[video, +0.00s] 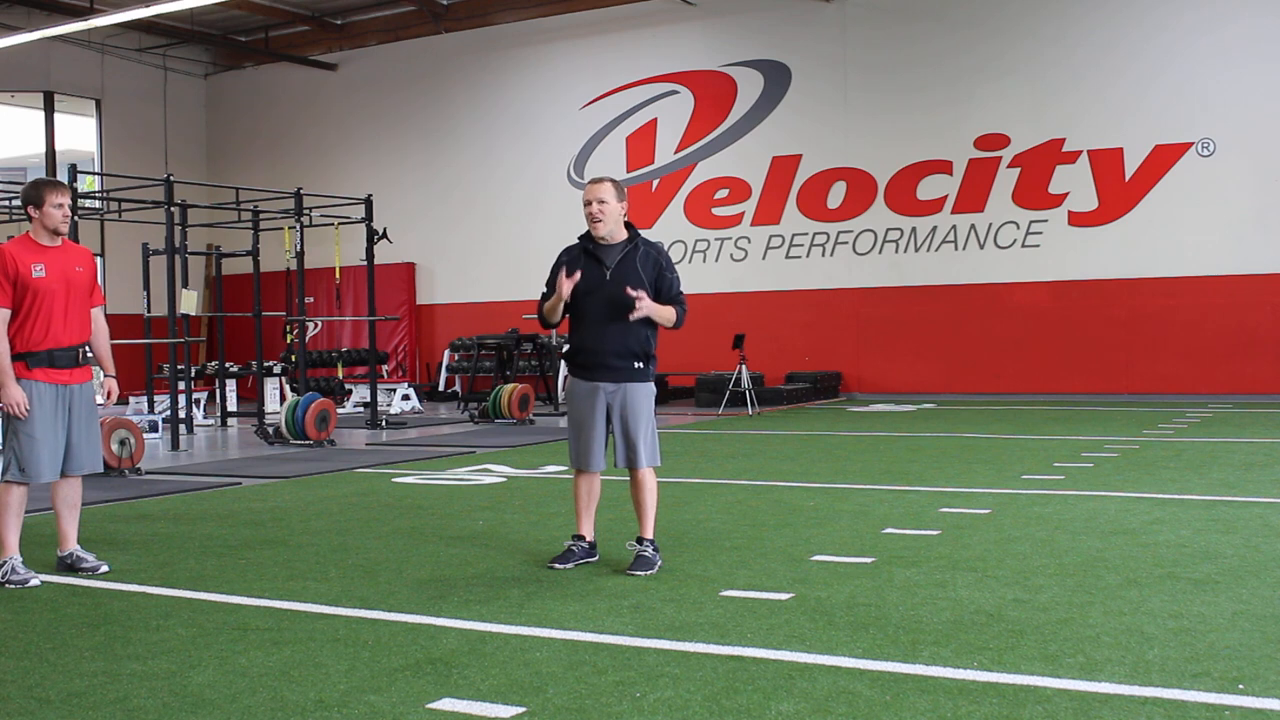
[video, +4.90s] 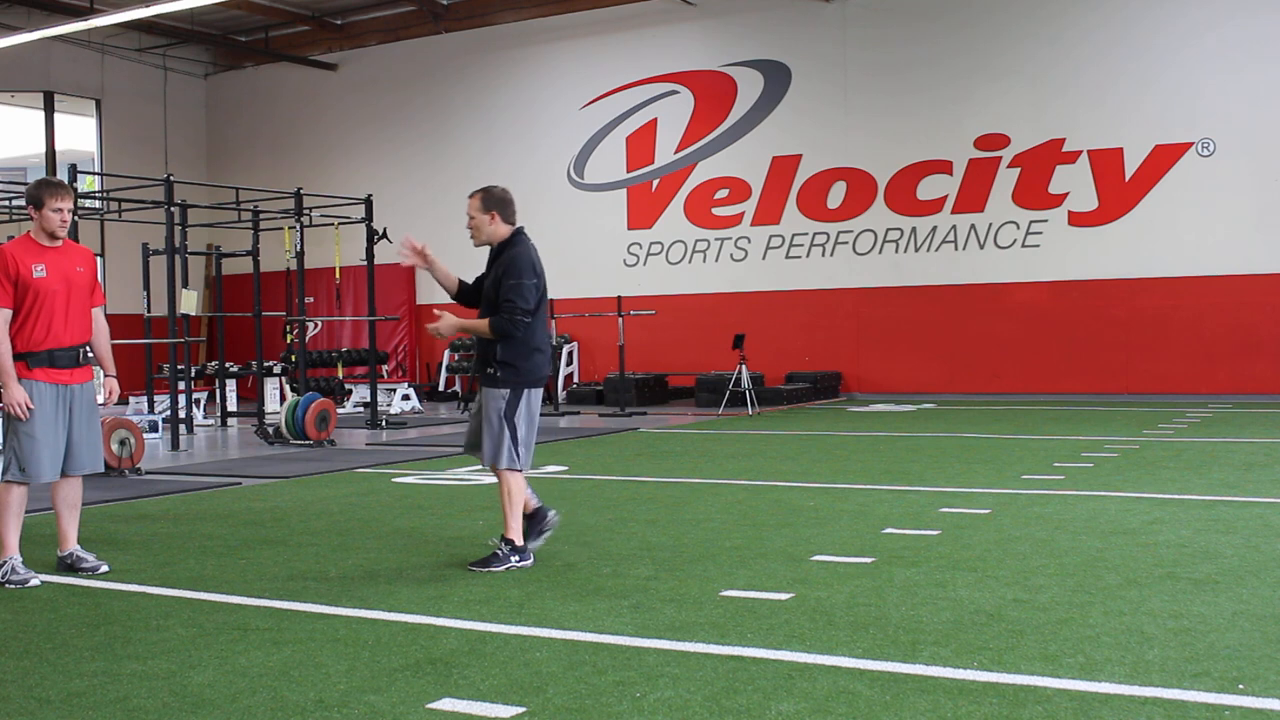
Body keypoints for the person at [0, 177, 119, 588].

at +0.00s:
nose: (66, 213)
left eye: (69, 206)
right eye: (57, 206)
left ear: (70, 210)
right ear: (33, 211)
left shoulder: (84, 257)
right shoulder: (11, 255)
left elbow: (96, 319)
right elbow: (0, 326)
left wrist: (109, 371)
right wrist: (7, 382)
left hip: (77, 376)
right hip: (30, 378)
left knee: (72, 466)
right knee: (18, 473)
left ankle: (69, 551)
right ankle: (9, 560)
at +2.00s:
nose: (67, 214)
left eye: (70, 207)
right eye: (59, 207)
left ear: (72, 211)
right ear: (35, 212)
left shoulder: (85, 257)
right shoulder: (11, 255)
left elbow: (97, 319)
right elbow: (1, 325)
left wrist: (110, 371)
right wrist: (7, 382)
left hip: (78, 377)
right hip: (30, 378)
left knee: (72, 466)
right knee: (19, 473)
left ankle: (69, 551)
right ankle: (9, 559)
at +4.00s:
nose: (66, 216)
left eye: (70, 210)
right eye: (58, 209)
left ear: (73, 212)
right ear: (36, 212)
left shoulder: (85, 257)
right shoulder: (12, 255)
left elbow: (97, 320)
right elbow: (2, 326)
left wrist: (110, 372)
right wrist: (9, 382)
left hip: (78, 377)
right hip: (31, 378)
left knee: (72, 466)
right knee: (19, 473)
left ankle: (69, 550)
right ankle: (10, 560)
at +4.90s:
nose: (65, 217)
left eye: (69, 210)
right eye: (56, 210)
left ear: (73, 212)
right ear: (34, 212)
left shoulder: (85, 257)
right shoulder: (11, 255)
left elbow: (97, 319)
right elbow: (1, 326)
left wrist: (110, 371)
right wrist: (8, 382)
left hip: (78, 376)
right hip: (30, 378)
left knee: (73, 466)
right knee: (19, 473)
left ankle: (69, 551)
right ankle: (9, 559)